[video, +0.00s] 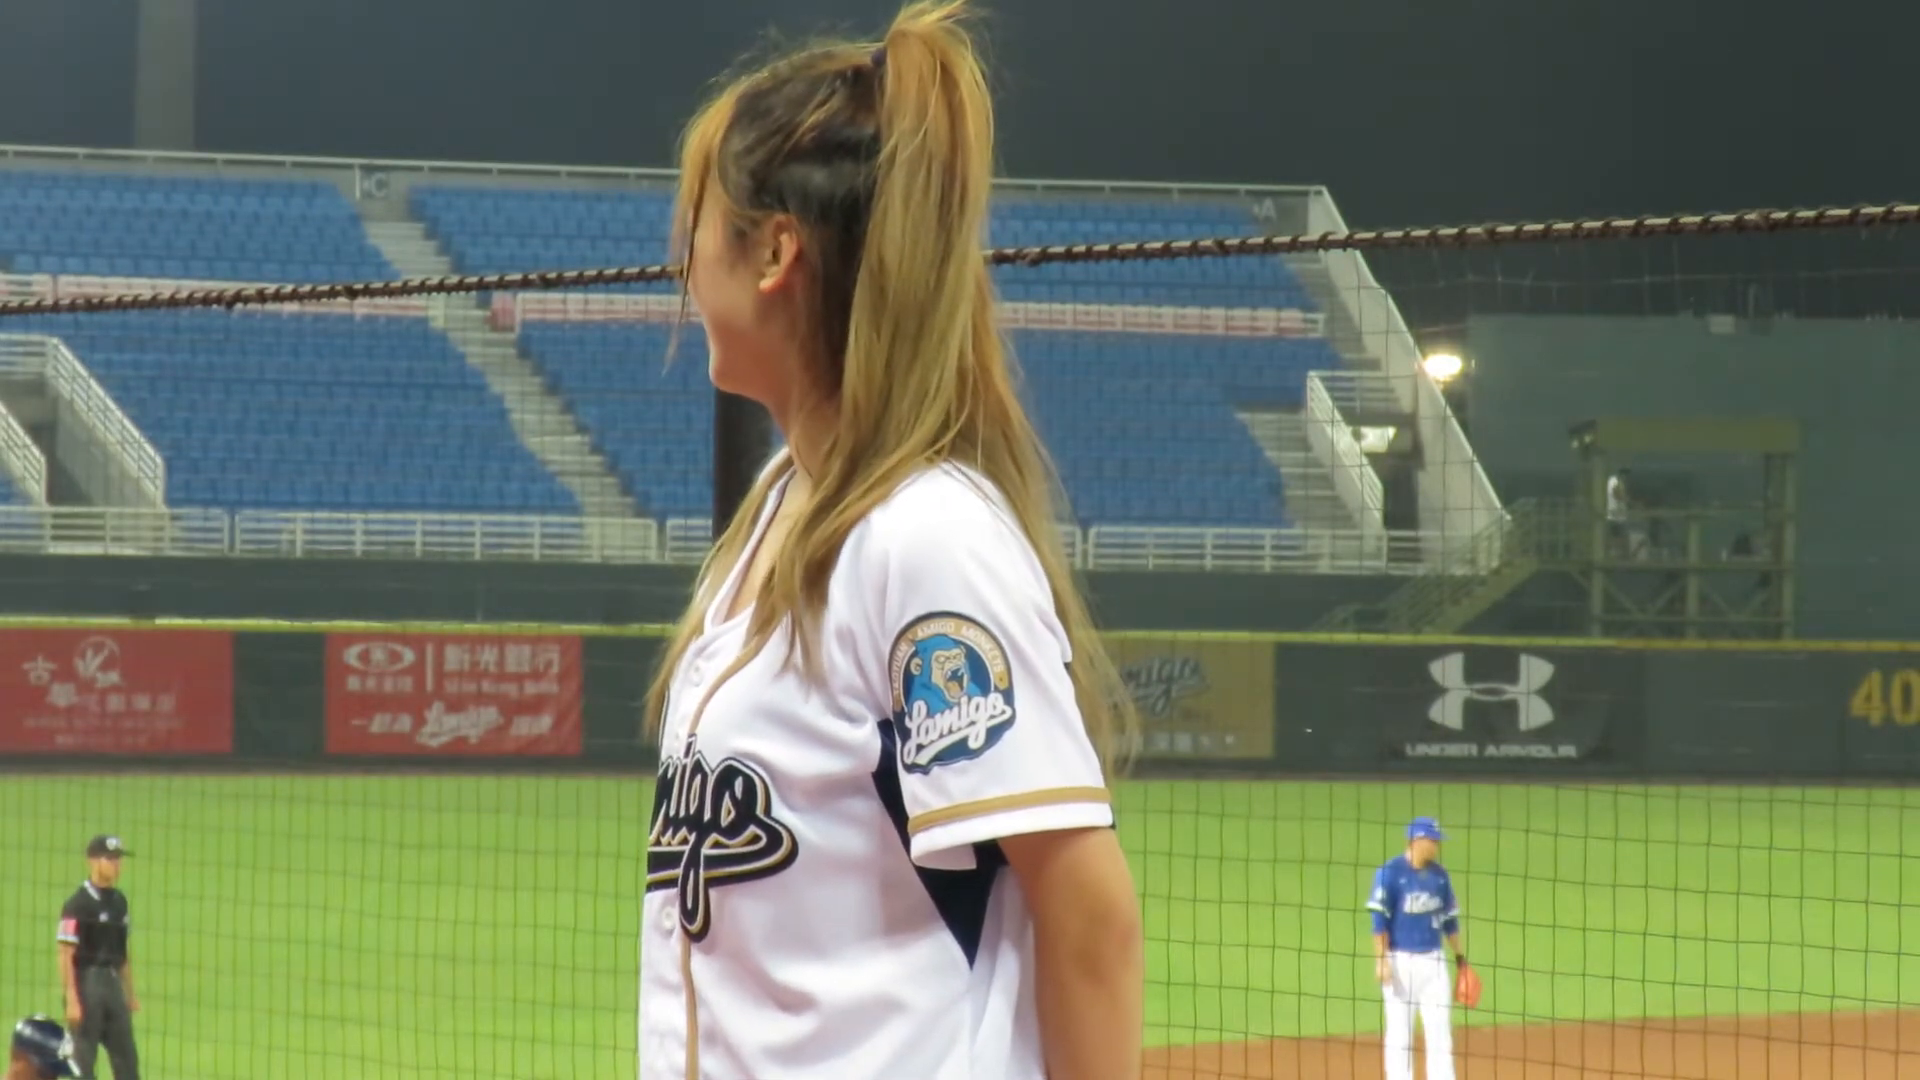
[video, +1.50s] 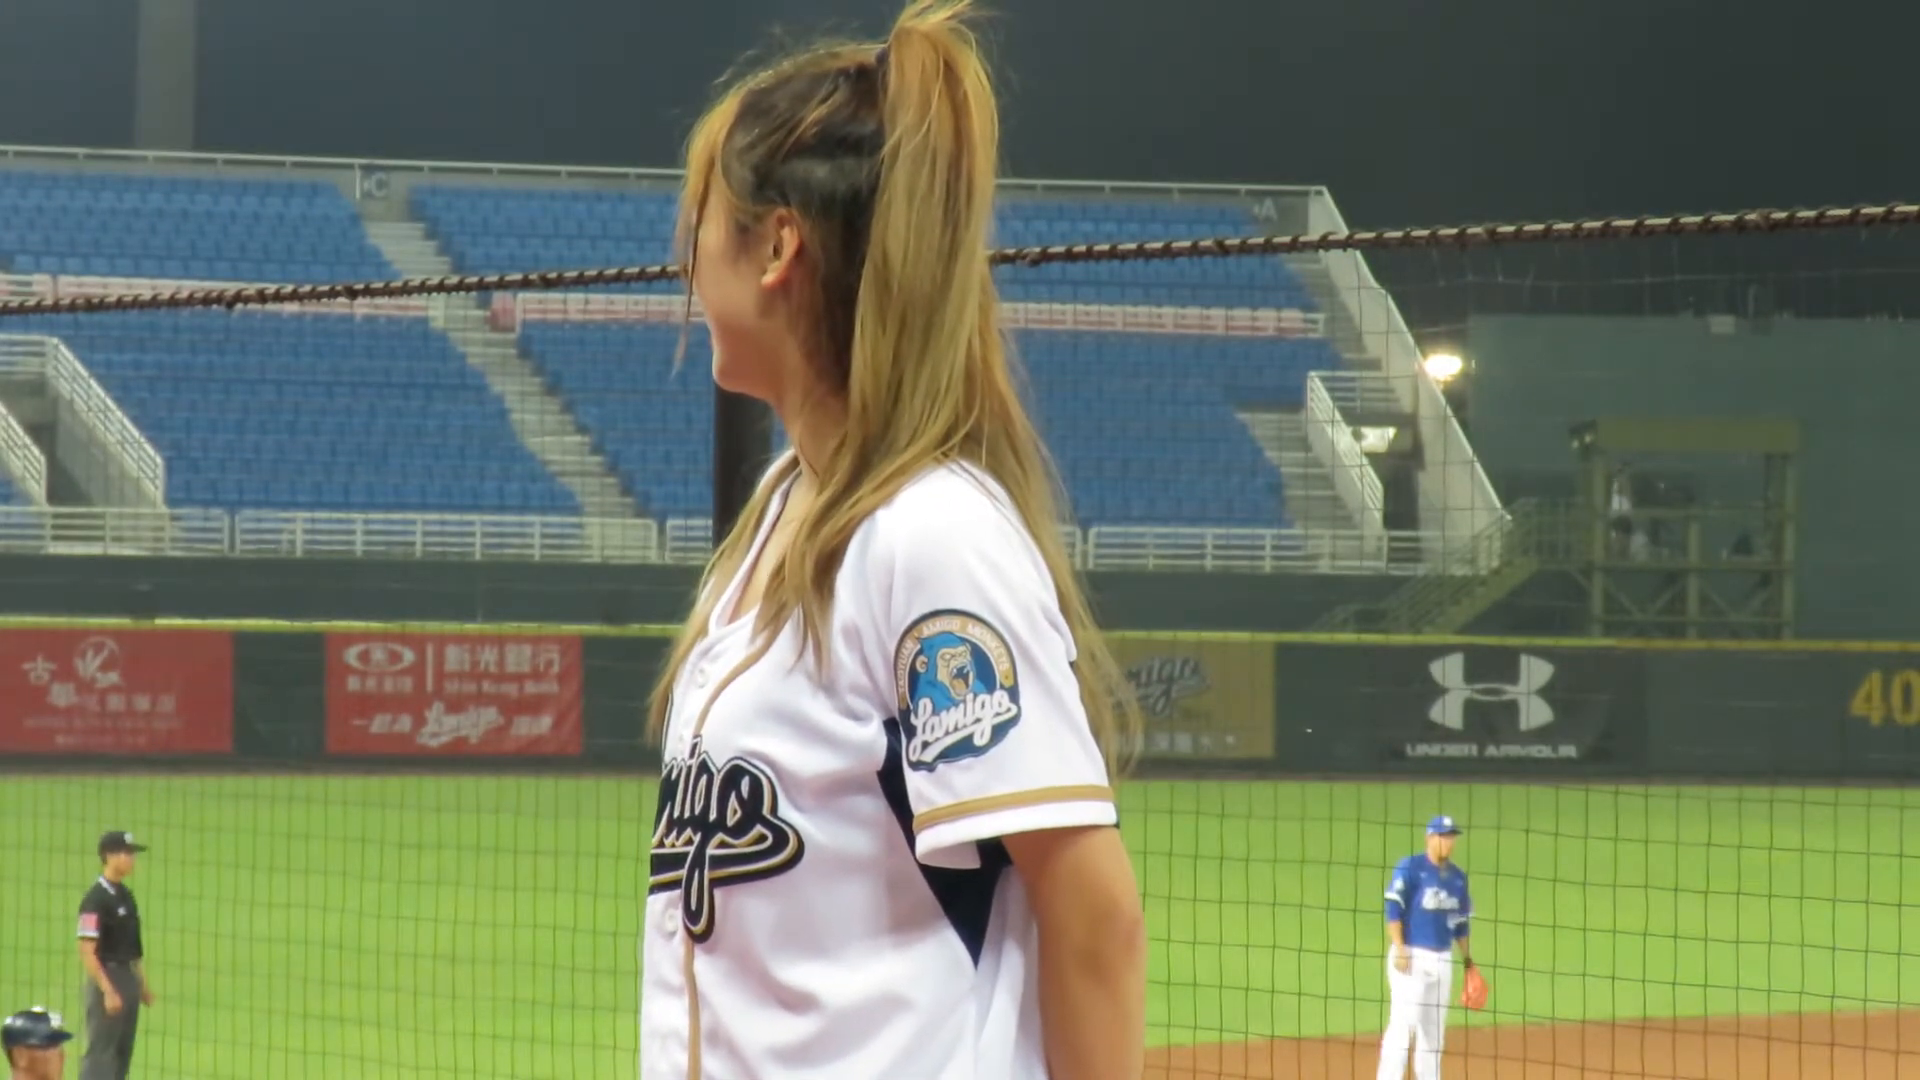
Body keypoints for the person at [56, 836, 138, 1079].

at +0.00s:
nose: (116, 866)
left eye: (117, 860)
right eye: (110, 859)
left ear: (118, 862)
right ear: (94, 861)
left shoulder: (118, 901)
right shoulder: (77, 904)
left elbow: (121, 952)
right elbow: (65, 954)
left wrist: (129, 992)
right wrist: (72, 1000)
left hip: (113, 973)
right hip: (87, 972)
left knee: (125, 1051)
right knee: (84, 1052)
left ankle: (127, 1076)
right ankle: (82, 1074)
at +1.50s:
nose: (132, 860)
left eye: (132, 854)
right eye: (127, 854)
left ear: (121, 857)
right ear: (110, 856)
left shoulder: (125, 895)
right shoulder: (95, 898)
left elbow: (130, 947)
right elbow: (87, 950)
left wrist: (141, 984)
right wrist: (108, 990)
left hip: (127, 970)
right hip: (106, 969)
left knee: (122, 1047)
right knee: (103, 1048)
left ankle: (117, 1075)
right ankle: (98, 1075)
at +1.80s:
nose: (139, 862)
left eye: (140, 856)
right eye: (135, 855)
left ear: (131, 857)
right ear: (119, 857)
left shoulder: (126, 893)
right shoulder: (107, 896)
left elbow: (123, 941)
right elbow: (97, 946)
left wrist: (133, 976)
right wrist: (118, 985)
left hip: (129, 967)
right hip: (114, 969)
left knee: (123, 1046)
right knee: (109, 1046)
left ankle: (117, 1074)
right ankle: (100, 1074)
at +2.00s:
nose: (147, 861)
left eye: (147, 855)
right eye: (143, 855)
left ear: (131, 857)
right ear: (125, 856)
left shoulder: (128, 893)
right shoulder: (108, 894)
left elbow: (124, 943)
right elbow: (97, 945)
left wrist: (133, 981)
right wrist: (118, 985)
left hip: (127, 968)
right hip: (112, 969)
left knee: (120, 1049)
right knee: (108, 1049)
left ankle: (115, 1073)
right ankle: (100, 1074)